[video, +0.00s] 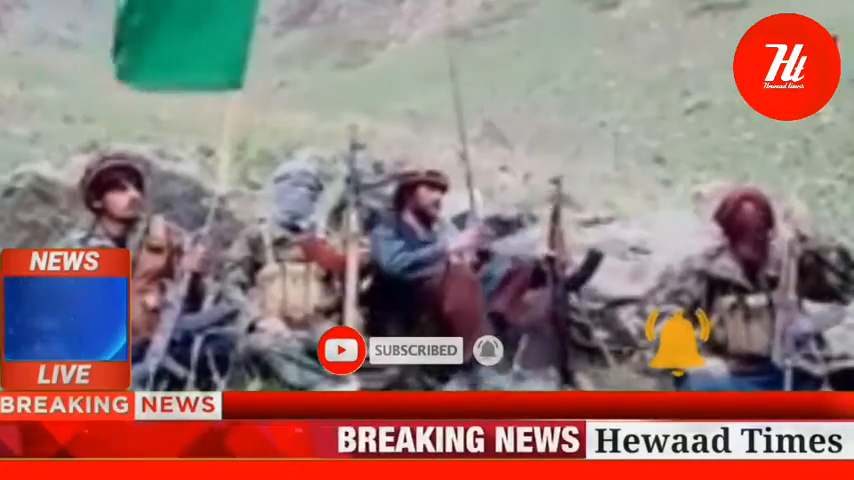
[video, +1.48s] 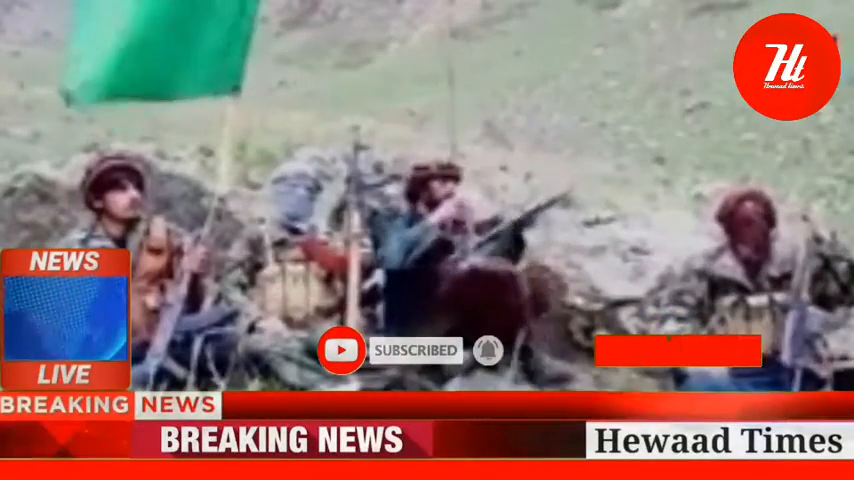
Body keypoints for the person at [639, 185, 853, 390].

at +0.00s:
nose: (752, 241)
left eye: (758, 230)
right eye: (741, 232)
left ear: (769, 228)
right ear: (728, 232)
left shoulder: (792, 262)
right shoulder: (704, 269)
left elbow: (843, 289)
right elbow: (663, 306)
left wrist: (808, 245)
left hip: (789, 366)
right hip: (730, 369)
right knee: (699, 381)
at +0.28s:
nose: (750, 241)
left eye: (757, 231)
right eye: (740, 232)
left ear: (768, 228)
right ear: (726, 231)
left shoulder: (791, 260)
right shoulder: (704, 267)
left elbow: (844, 287)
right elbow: (670, 305)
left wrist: (804, 241)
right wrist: (675, 328)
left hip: (789, 366)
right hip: (730, 368)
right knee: (696, 382)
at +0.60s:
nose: (754, 235)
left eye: (761, 226)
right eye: (744, 226)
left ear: (769, 228)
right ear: (727, 230)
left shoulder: (788, 263)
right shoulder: (703, 269)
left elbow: (838, 289)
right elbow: (672, 305)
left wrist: (806, 243)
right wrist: (675, 330)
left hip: (795, 368)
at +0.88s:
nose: (751, 231)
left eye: (758, 223)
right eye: (741, 223)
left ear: (769, 226)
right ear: (727, 228)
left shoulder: (795, 263)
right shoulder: (701, 269)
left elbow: (841, 296)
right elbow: (663, 314)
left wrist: (815, 244)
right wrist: (691, 358)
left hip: (787, 365)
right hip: (725, 368)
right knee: (704, 387)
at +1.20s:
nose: (752, 234)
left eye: (759, 226)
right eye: (743, 225)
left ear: (771, 228)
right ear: (729, 229)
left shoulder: (796, 265)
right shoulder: (702, 270)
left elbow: (841, 297)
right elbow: (666, 315)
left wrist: (820, 246)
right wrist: (693, 359)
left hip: (788, 366)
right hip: (726, 369)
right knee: (701, 386)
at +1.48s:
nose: (746, 231)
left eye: (752, 223)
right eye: (739, 223)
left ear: (769, 226)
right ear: (728, 227)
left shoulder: (794, 263)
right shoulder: (703, 269)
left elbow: (835, 302)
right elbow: (673, 312)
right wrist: (691, 351)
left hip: (786, 358)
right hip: (724, 360)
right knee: (702, 382)